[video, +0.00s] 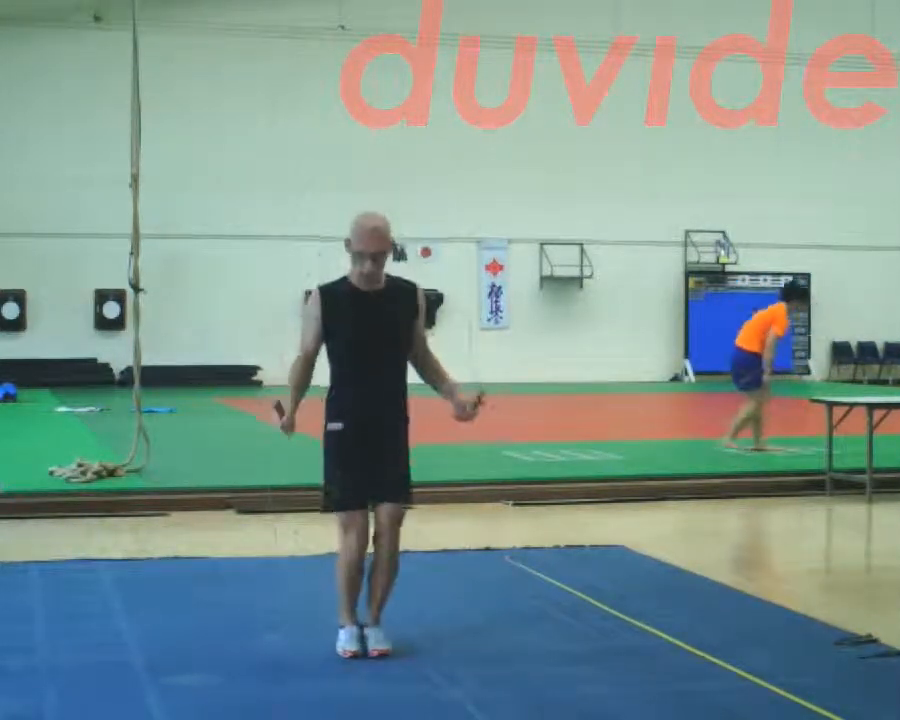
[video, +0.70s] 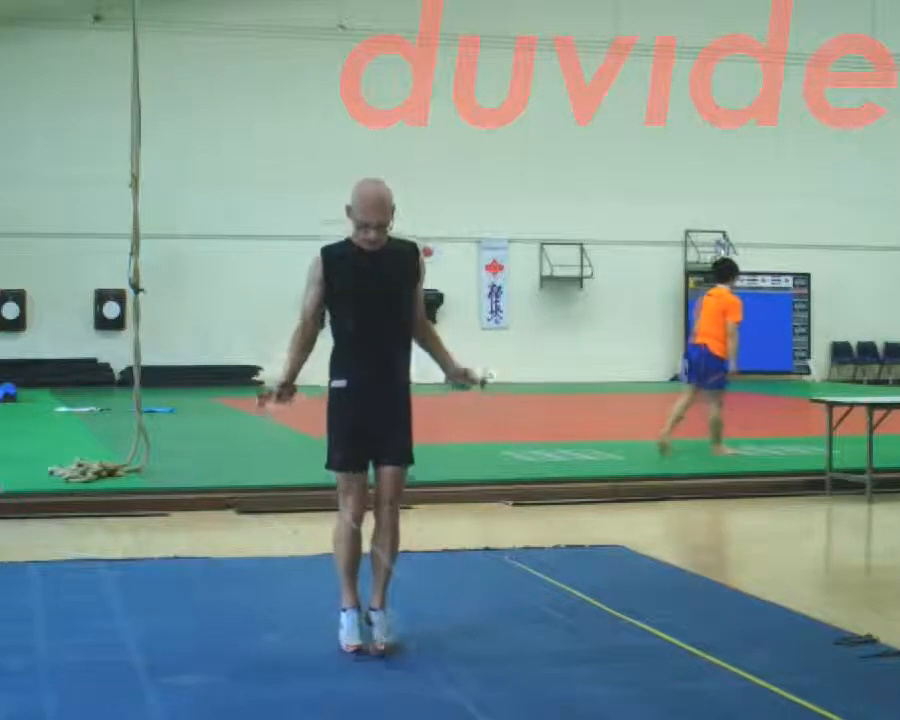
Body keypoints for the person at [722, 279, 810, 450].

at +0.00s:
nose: (801, 306)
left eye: (802, 302)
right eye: (800, 301)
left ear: (787, 297)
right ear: (794, 300)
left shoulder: (773, 309)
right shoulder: (781, 314)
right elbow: (770, 341)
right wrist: (767, 369)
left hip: (744, 352)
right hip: (749, 355)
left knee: (758, 398)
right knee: (758, 398)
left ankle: (758, 442)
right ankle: (729, 437)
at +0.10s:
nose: (791, 300)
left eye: (791, 296)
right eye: (790, 296)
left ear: (774, 292)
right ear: (783, 295)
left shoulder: (761, 307)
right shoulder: (772, 312)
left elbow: (743, 332)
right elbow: (766, 341)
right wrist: (769, 369)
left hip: (736, 354)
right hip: (742, 356)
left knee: (754, 399)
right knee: (750, 399)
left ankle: (755, 442)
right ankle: (720, 438)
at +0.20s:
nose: (780, 292)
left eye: (780, 288)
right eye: (778, 288)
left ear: (760, 287)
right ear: (772, 289)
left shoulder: (747, 304)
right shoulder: (761, 306)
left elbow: (724, 330)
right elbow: (761, 339)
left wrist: (717, 357)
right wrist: (770, 365)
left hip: (726, 353)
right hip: (736, 356)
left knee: (746, 402)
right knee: (741, 402)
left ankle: (753, 441)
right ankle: (720, 442)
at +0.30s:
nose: (770, 287)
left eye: (770, 283)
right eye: (768, 283)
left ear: (749, 282)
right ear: (764, 284)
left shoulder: (737, 300)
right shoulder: (755, 303)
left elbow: (718, 327)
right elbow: (755, 335)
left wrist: (712, 353)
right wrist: (767, 362)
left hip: (720, 350)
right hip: (731, 353)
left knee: (736, 399)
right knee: (734, 400)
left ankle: (738, 440)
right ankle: (718, 443)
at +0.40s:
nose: (760, 283)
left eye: (760, 280)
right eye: (759, 280)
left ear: (740, 278)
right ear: (755, 280)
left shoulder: (727, 298)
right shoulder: (749, 301)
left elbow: (712, 326)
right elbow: (750, 333)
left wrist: (712, 343)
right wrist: (761, 360)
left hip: (714, 348)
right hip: (727, 351)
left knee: (727, 394)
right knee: (728, 396)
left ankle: (720, 437)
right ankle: (719, 442)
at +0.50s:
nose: (750, 282)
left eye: (749, 278)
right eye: (749, 278)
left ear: (729, 277)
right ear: (746, 279)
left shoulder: (719, 298)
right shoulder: (743, 301)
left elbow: (706, 324)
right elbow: (744, 331)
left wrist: (710, 342)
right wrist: (750, 357)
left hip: (711, 348)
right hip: (725, 351)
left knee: (714, 395)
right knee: (721, 398)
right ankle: (718, 444)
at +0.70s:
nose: (736, 279)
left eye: (734, 276)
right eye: (736, 276)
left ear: (716, 276)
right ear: (733, 277)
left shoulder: (706, 297)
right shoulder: (732, 301)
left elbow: (697, 324)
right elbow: (732, 333)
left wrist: (695, 344)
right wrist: (733, 362)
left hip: (695, 348)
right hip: (714, 352)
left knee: (691, 392)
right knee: (716, 400)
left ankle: (666, 433)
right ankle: (717, 444)